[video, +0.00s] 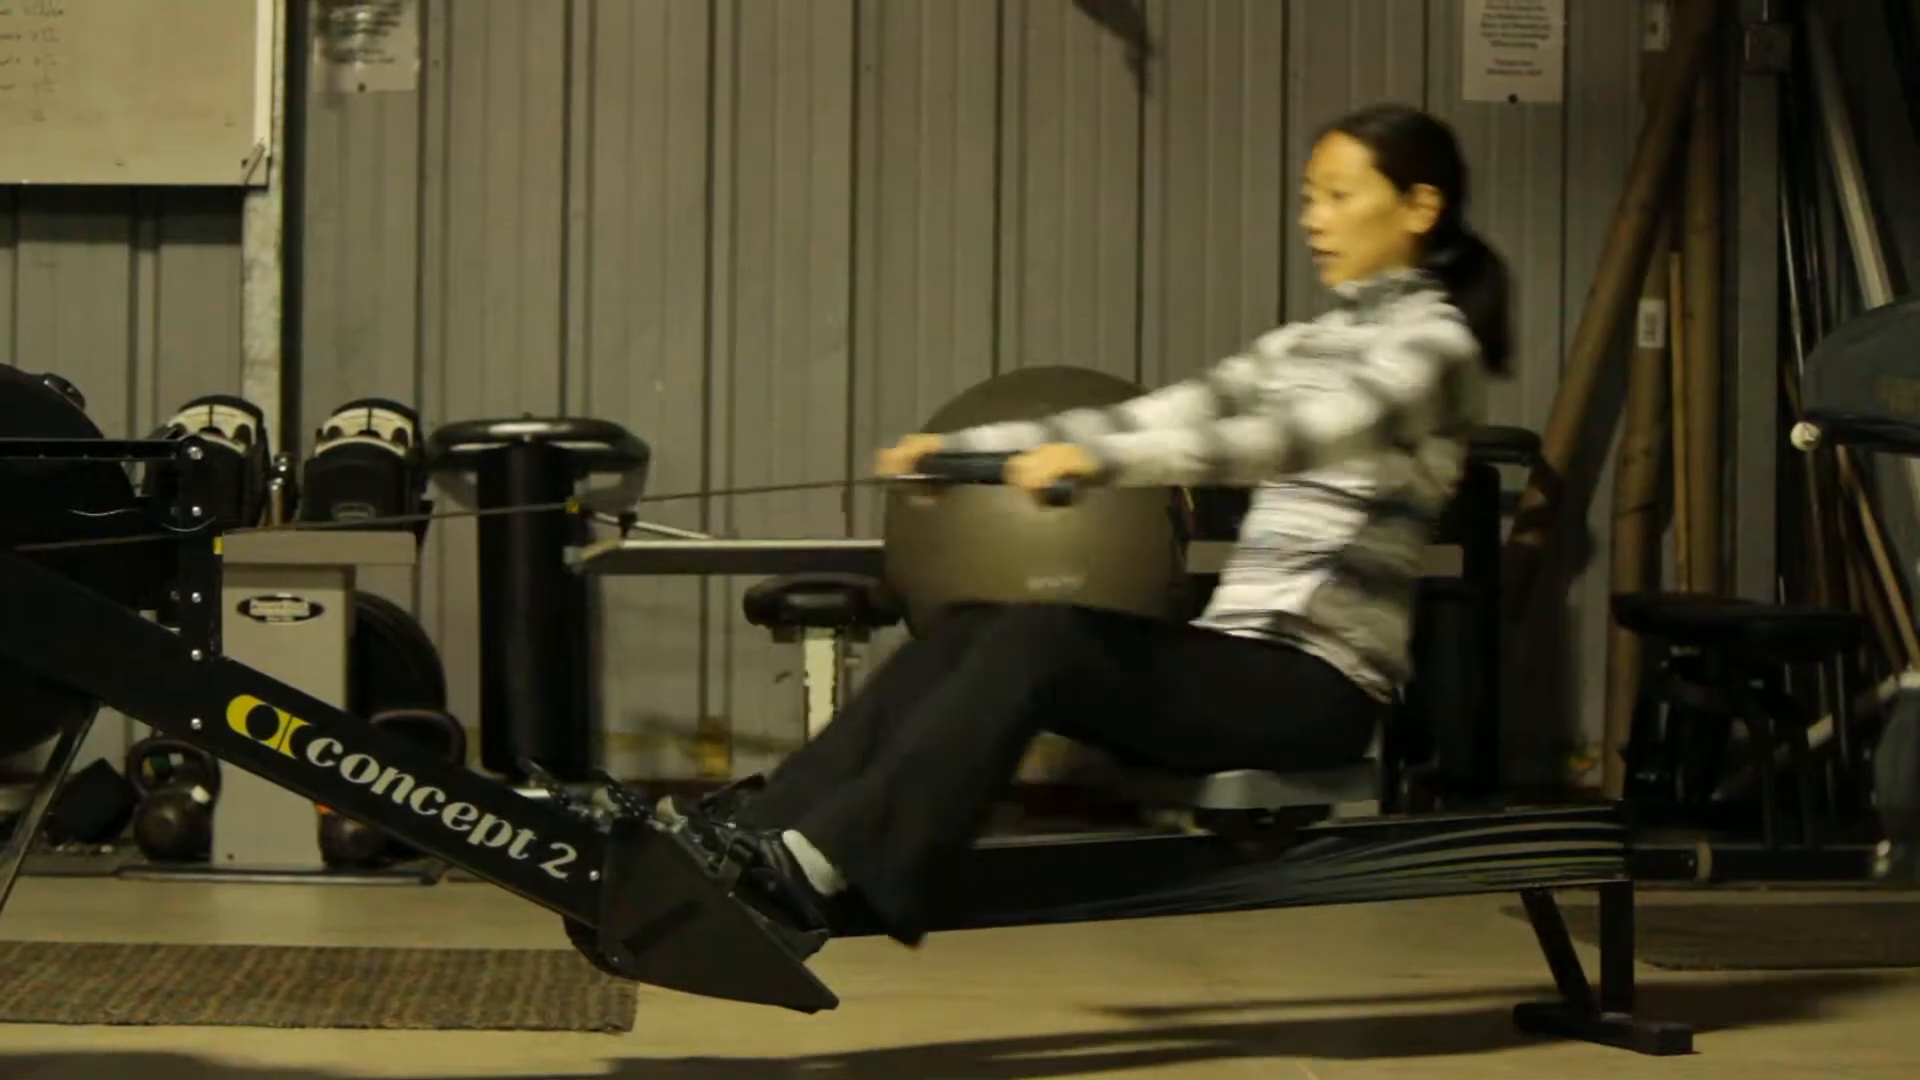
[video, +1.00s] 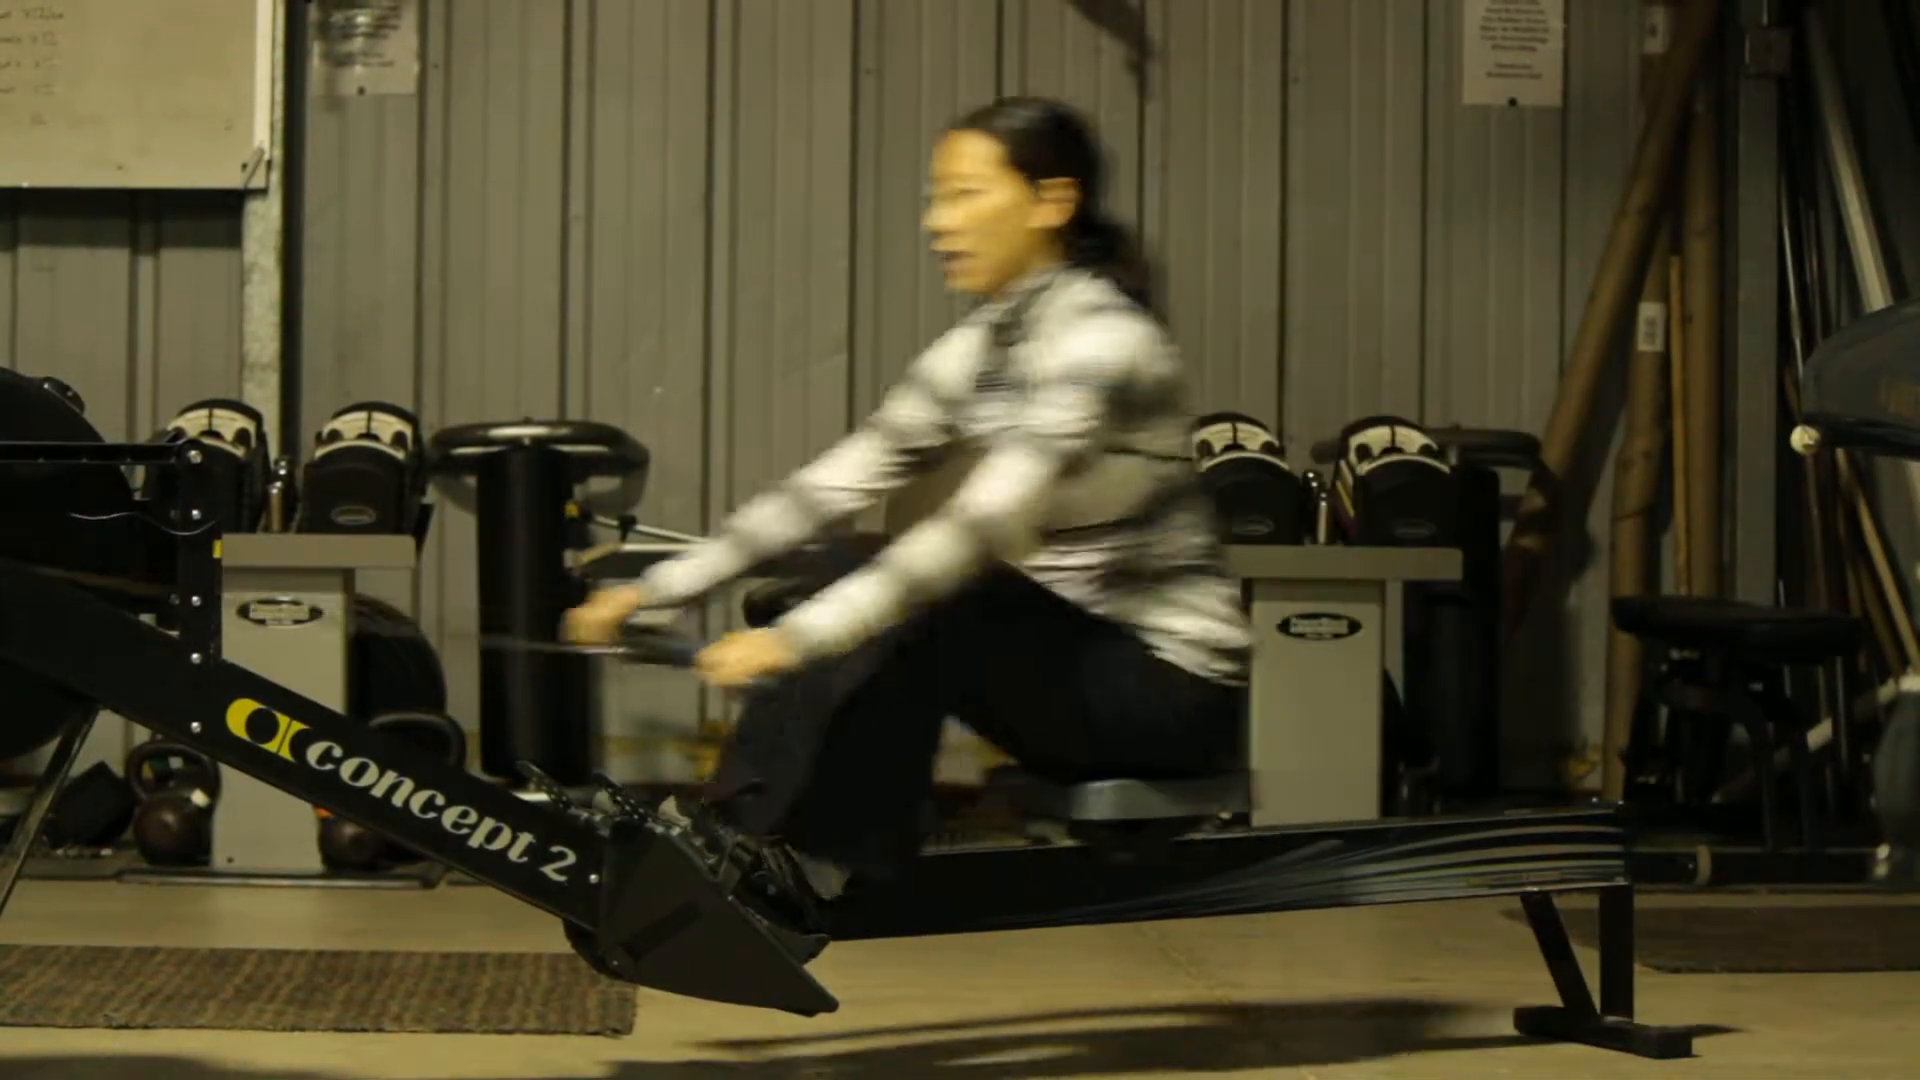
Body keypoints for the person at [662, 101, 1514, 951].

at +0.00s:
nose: (1312, 218)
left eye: (1336, 194)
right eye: (1311, 196)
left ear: (1420, 209)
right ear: (1314, 211)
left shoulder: (1430, 335)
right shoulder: (1319, 336)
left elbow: (1297, 428)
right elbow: (1180, 407)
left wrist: (1106, 454)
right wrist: (966, 454)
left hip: (1319, 679)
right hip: (1232, 659)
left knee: (1035, 642)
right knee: (963, 632)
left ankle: (820, 875)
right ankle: (750, 835)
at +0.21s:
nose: (1406, 262)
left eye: (1428, 240)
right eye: (1403, 241)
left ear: (1508, 243)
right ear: (1423, 248)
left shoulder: (1533, 372)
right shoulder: (1412, 371)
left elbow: (1485, 533)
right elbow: (1305, 510)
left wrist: (1298, 497)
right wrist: (1146, 492)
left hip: (1377, 675)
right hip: (1293, 652)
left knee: (1066, 708)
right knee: (1009, 695)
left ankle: (812, 886)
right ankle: (740, 845)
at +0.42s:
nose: (1416, 285)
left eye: (1436, 258)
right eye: (1413, 261)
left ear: (1516, 258)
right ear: (1454, 266)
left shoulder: (1558, 385)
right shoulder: (1437, 388)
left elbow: (1620, 585)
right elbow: (1407, 535)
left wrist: (1470, 520)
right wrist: (1303, 513)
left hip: (1390, 672)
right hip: (1300, 651)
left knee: (1100, 737)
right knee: (1032, 718)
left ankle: (808, 894)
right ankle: (762, 847)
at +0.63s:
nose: (1330, 255)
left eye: (1348, 229)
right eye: (1324, 232)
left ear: (1430, 221)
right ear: (1358, 231)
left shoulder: (1491, 347)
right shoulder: (1371, 349)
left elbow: (1539, 548)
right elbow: (1339, 518)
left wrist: (1363, 511)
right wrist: (1213, 505)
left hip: (1386, 675)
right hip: (1304, 654)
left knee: (1082, 703)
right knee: (1028, 687)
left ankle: (814, 884)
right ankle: (750, 851)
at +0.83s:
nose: (1124, 225)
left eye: (1145, 196)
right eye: (1119, 200)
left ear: (1236, 194)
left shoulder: (1295, 329)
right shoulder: (1152, 341)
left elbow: (1219, 527)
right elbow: (1049, 497)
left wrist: (1025, 590)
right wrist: (874, 557)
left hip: (1277, 683)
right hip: (1182, 658)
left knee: (987, 644)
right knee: (931, 621)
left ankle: (824, 877)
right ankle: (763, 834)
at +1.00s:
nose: (936, 223)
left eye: (963, 196)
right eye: (936, 200)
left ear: (1055, 202)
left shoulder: (1105, 340)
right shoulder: (979, 344)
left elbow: (984, 525)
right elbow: (840, 484)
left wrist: (798, 636)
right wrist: (651, 591)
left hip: (1171, 689)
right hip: (1071, 673)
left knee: (924, 613)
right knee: (829, 581)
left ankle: (842, 873)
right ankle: (743, 833)